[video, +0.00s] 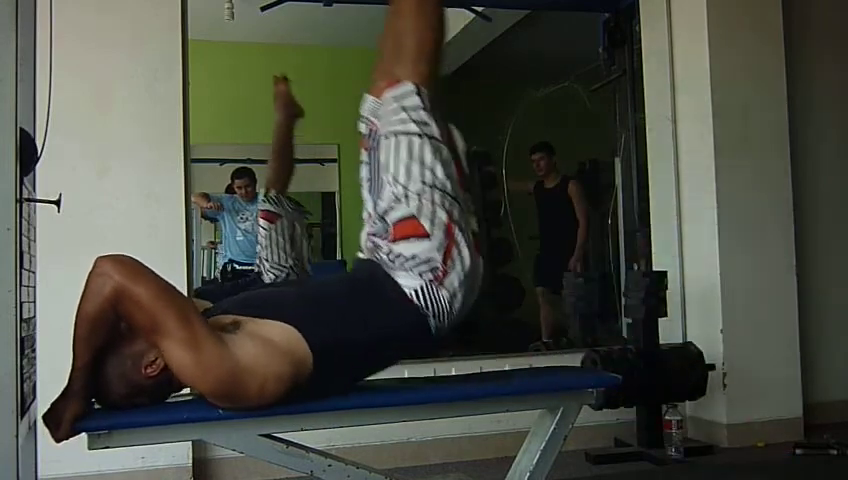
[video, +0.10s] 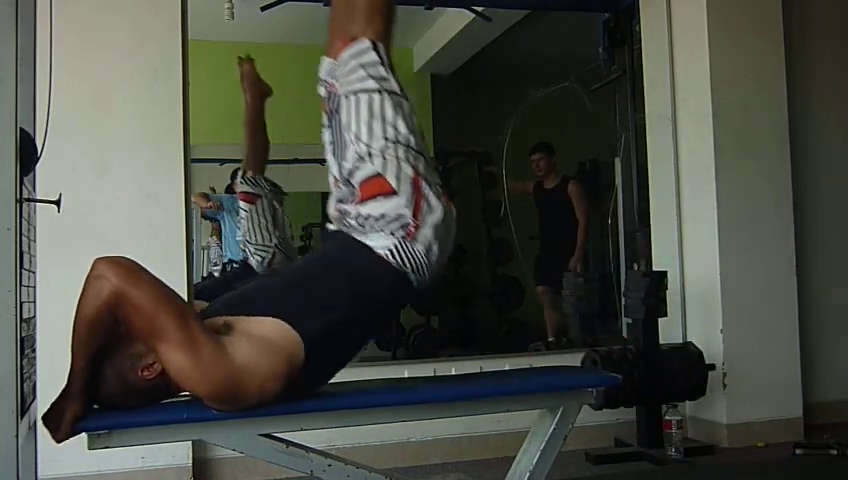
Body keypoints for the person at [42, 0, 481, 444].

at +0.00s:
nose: (146, 338)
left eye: (134, 344)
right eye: (140, 347)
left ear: (150, 367)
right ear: (152, 365)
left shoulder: (212, 346)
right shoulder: (216, 365)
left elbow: (112, 274)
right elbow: (110, 273)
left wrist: (78, 381)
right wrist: (76, 386)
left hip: (392, 276)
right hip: (426, 283)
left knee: (391, 96)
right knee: (400, 91)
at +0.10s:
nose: (142, 335)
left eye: (129, 339)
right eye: (137, 343)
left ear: (149, 372)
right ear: (149, 367)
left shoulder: (205, 350)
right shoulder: (208, 367)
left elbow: (109, 276)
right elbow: (109, 275)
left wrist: (77, 389)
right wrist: (75, 390)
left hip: (368, 239)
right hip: (397, 242)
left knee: (348, 59)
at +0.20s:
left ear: (144, 375)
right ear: (145, 371)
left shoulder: (203, 358)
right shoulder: (201, 368)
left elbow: (104, 278)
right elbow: (103, 277)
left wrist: (75, 387)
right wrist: (72, 389)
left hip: (344, 212)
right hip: (356, 210)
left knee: (311, 21)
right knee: (313, 13)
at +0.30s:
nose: (137, 342)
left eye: (123, 351)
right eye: (130, 350)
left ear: (136, 376)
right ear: (136, 372)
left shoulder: (197, 362)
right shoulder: (195, 375)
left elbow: (98, 283)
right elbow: (96, 281)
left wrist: (71, 389)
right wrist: (69, 391)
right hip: (325, 186)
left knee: (282, 17)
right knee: (281, 10)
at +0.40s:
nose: (133, 345)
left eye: (120, 349)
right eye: (125, 352)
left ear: (130, 375)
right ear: (133, 372)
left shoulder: (194, 362)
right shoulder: (191, 377)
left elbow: (95, 286)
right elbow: (95, 286)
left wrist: (70, 389)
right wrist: (69, 393)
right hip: (302, 176)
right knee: (256, 5)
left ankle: (204, 68)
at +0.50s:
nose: (125, 358)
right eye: (121, 363)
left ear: (128, 376)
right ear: (130, 375)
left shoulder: (191, 368)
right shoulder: (195, 383)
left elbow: (110, 283)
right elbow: (97, 295)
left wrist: (69, 394)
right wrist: (70, 395)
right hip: (277, 168)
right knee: (241, 3)